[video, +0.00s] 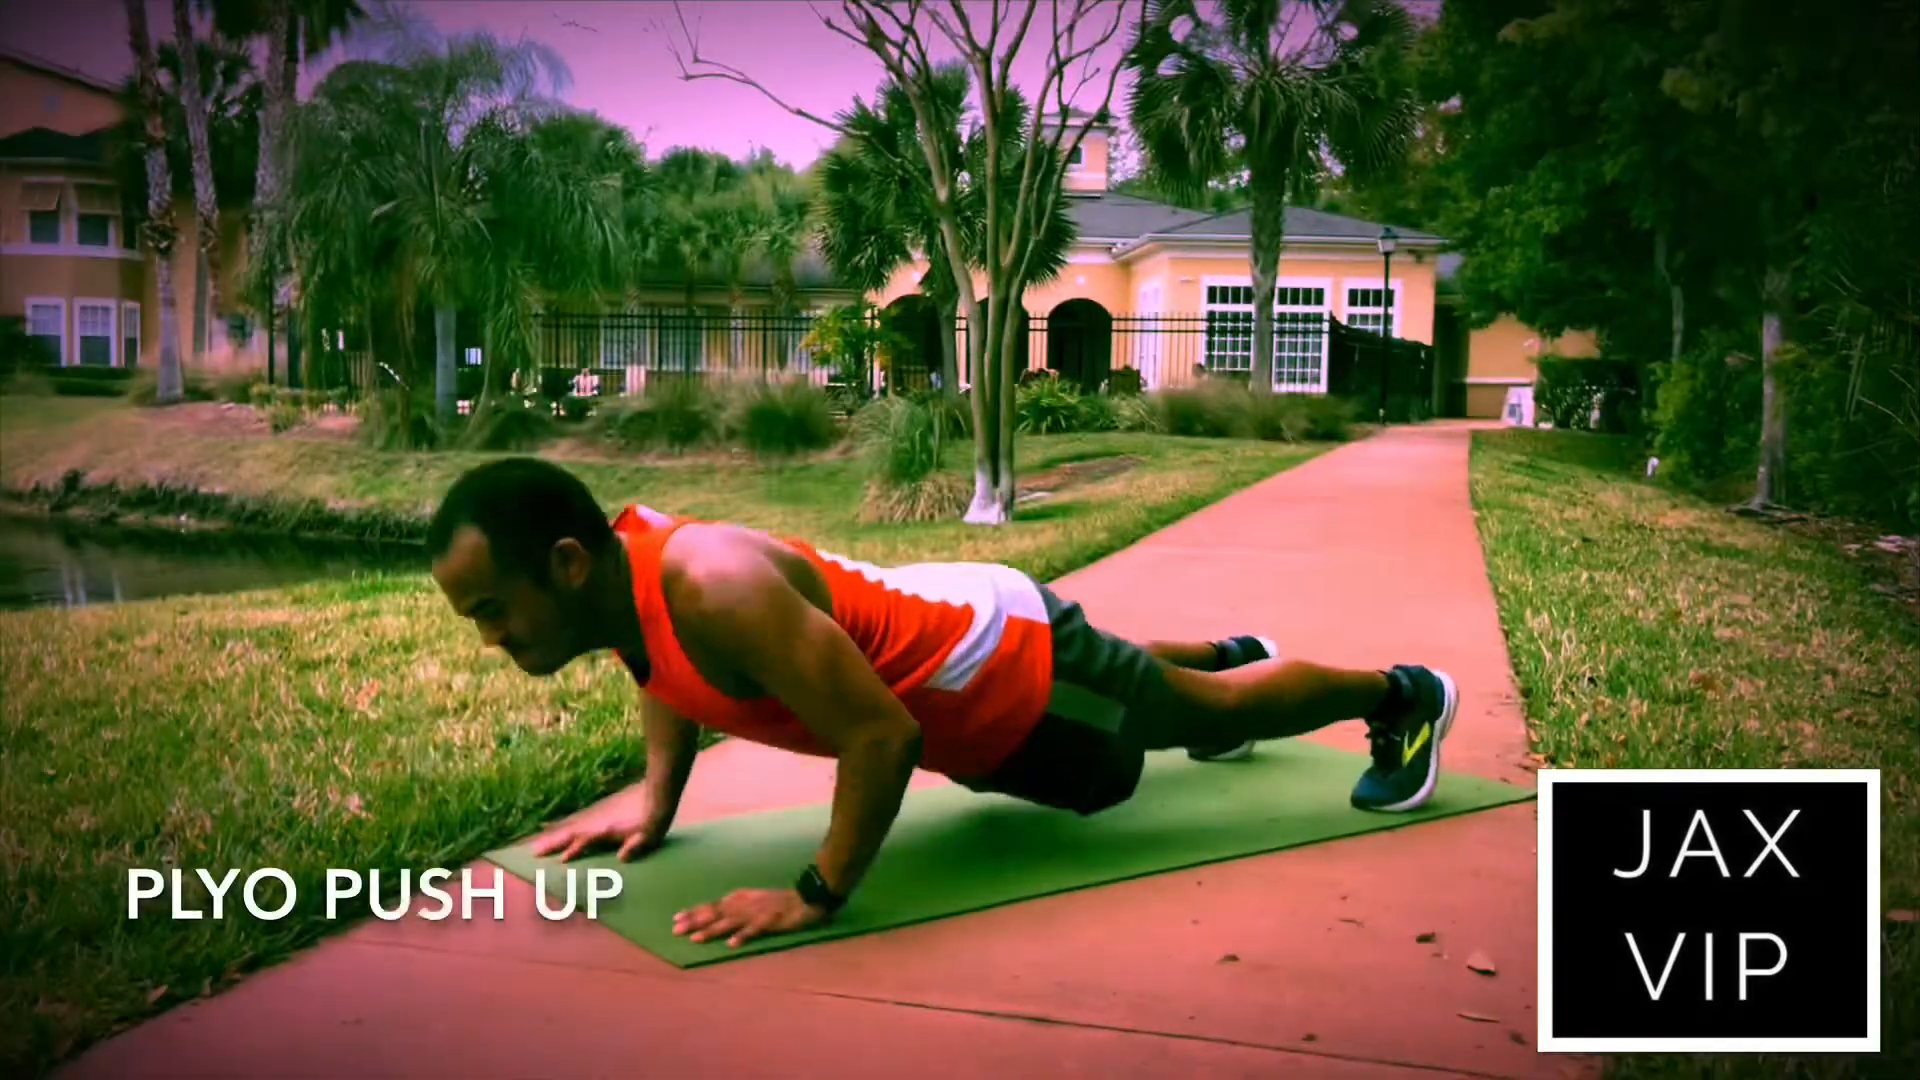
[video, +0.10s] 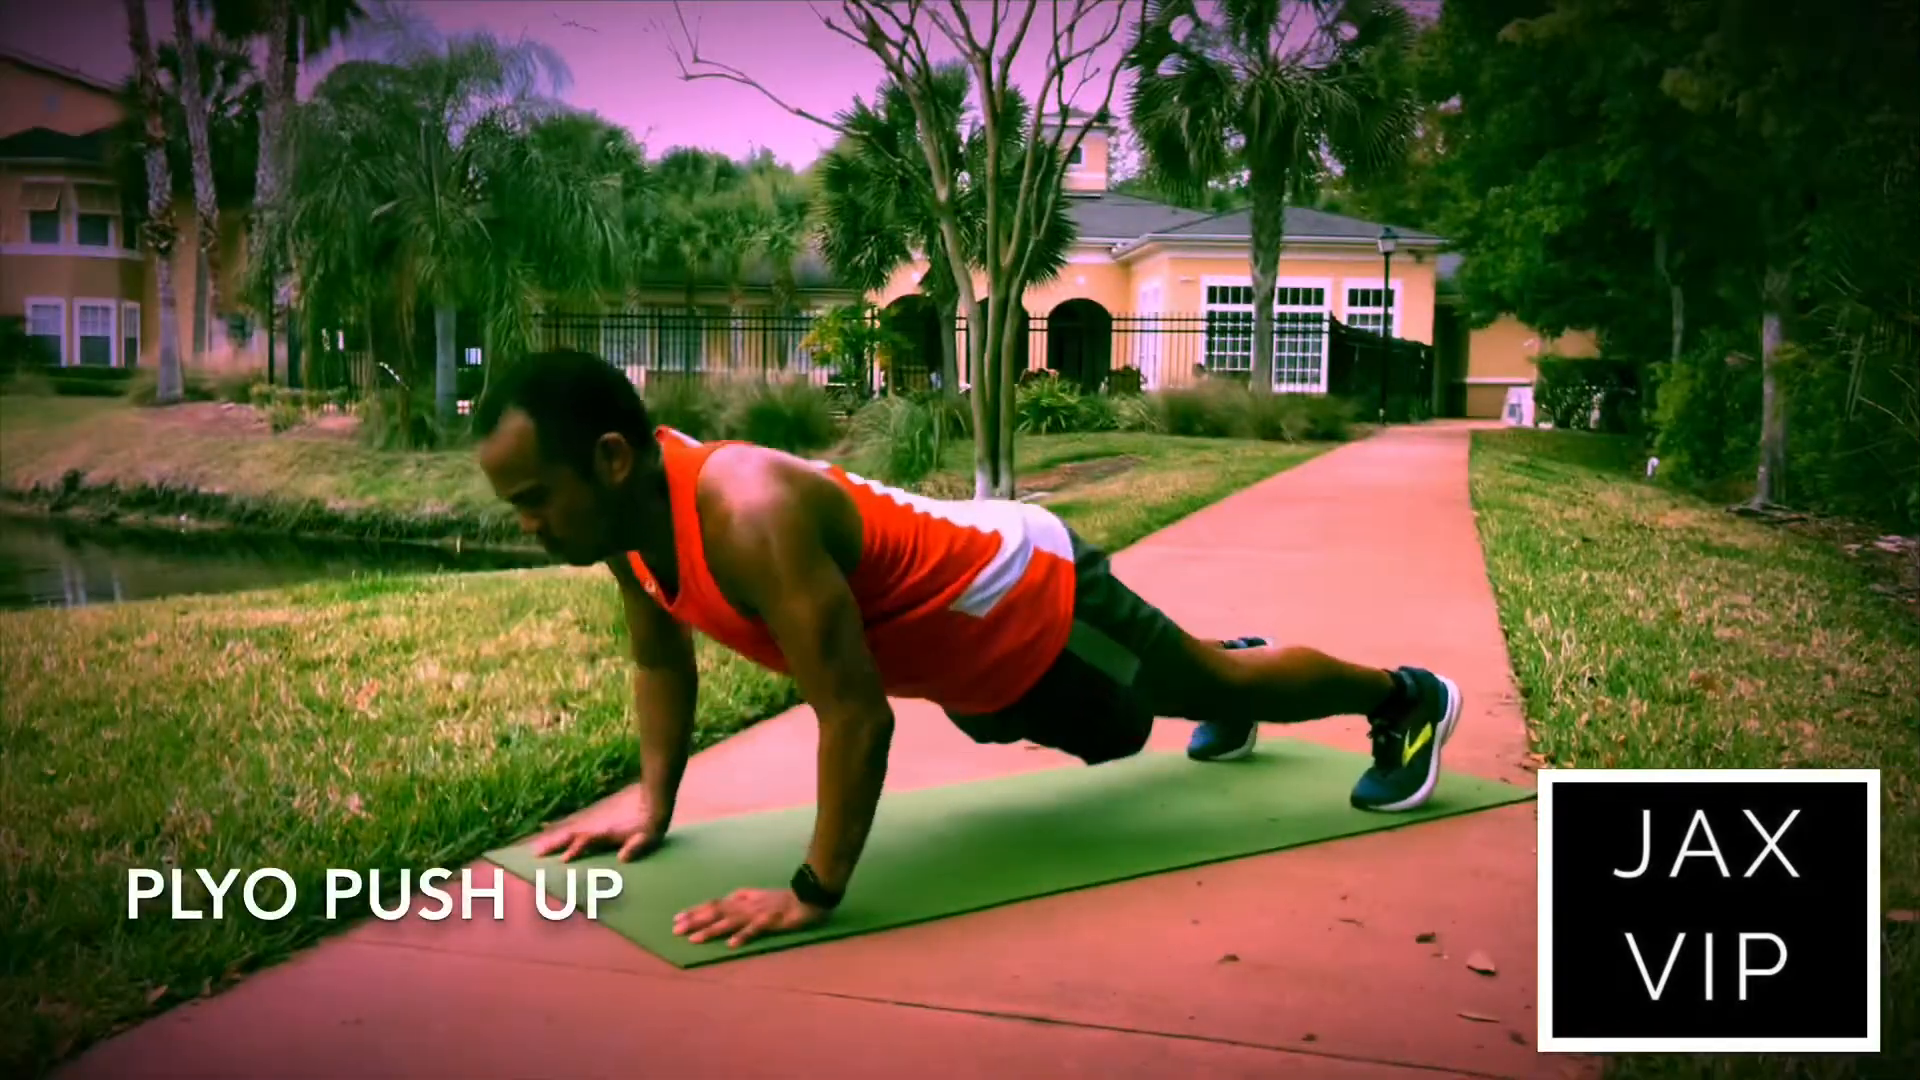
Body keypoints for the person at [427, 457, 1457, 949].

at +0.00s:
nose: (489, 639)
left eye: (491, 609)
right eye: (473, 619)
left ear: (569, 561)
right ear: (558, 569)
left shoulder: (720, 585)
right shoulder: (625, 587)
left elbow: (881, 737)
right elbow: (672, 680)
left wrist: (821, 895)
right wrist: (653, 800)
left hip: (1022, 663)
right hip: (953, 666)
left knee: (1217, 715)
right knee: (1112, 694)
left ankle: (1400, 694)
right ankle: (1213, 654)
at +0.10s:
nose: (525, 522)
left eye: (531, 496)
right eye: (512, 504)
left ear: (613, 455)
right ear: (587, 466)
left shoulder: (748, 508)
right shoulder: (636, 533)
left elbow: (852, 707)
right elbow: (662, 661)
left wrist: (815, 890)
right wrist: (654, 805)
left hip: (1037, 598)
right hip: (965, 652)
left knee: (1223, 682)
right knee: (1106, 709)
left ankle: (1405, 696)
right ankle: (1221, 706)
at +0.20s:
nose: (574, 429)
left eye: (578, 401)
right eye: (559, 409)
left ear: (658, 352)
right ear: (645, 367)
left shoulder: (799, 419)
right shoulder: (666, 452)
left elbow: (820, 661)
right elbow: (663, 624)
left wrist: (789, 857)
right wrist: (639, 789)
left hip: (1063, 546)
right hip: (982, 591)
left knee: (1227, 654)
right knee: (1117, 655)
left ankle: (1414, 699)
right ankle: (1239, 682)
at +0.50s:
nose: (559, 550)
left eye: (555, 523)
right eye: (541, 533)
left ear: (621, 463)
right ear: (604, 468)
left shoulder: (795, 477)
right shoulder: (668, 503)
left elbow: (878, 694)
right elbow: (686, 656)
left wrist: (814, 880)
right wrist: (666, 813)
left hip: (1058, 572)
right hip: (983, 610)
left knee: (1234, 654)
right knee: (1126, 669)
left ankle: (1414, 697)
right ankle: (1244, 685)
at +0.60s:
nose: (513, 677)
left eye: (510, 654)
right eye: (495, 662)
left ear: (574, 593)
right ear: (561, 586)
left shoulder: (734, 568)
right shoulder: (629, 570)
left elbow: (894, 728)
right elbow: (683, 676)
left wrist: (828, 894)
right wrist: (667, 810)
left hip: (1031, 627)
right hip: (968, 645)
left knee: (1217, 682)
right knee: (1129, 709)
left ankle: (1407, 695)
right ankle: (1224, 711)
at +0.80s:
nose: (452, 817)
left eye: (452, 795)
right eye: (437, 800)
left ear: (523, 735)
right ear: (514, 726)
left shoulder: (685, 698)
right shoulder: (578, 663)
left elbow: (888, 737)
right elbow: (716, 703)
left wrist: (825, 896)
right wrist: (659, 807)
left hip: (999, 722)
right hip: (925, 666)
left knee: (1199, 732)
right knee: (1059, 684)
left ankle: (1390, 691)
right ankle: (1214, 659)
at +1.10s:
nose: (455, 720)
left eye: (459, 694)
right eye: (441, 701)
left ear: (542, 649)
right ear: (524, 647)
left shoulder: (701, 653)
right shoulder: (597, 621)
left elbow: (889, 742)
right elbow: (666, 691)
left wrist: (830, 894)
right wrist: (659, 796)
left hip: (1015, 702)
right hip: (938, 683)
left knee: (1209, 729)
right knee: (1094, 697)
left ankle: (1395, 695)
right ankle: (1203, 657)